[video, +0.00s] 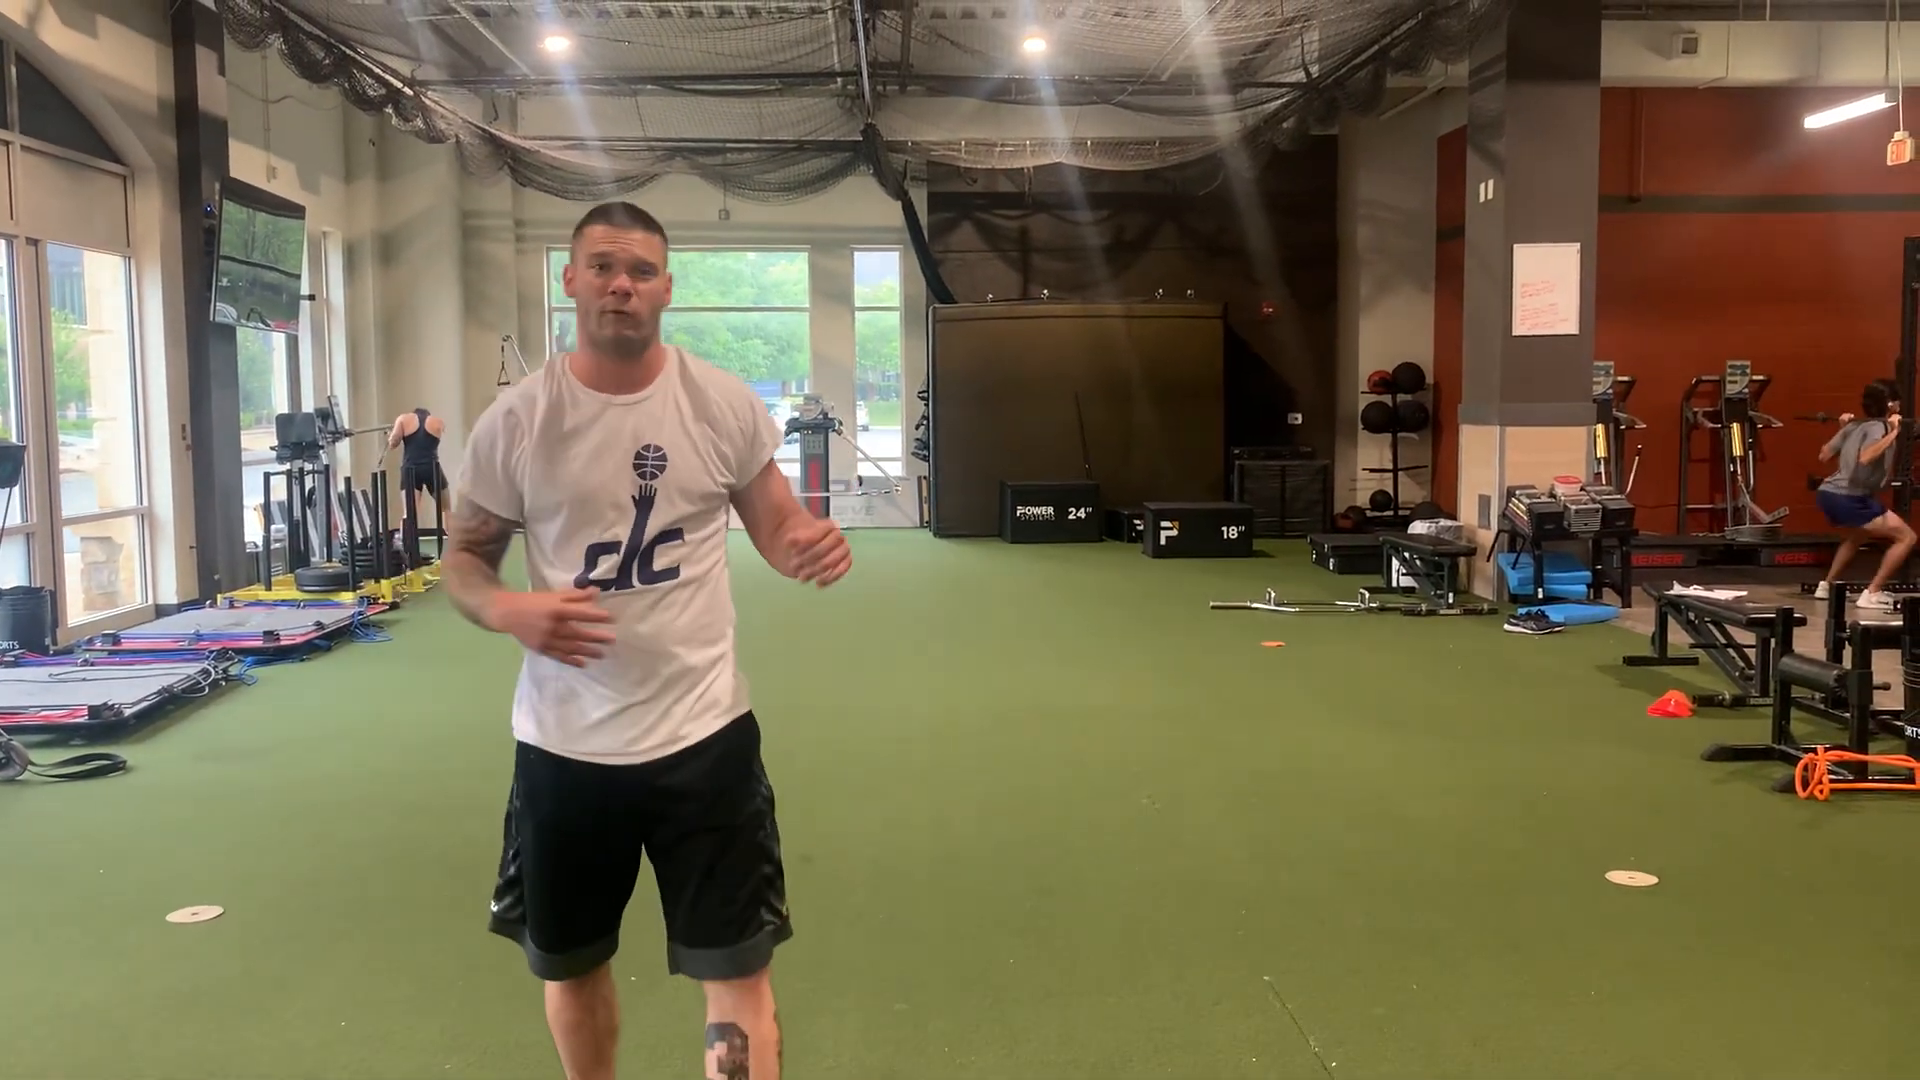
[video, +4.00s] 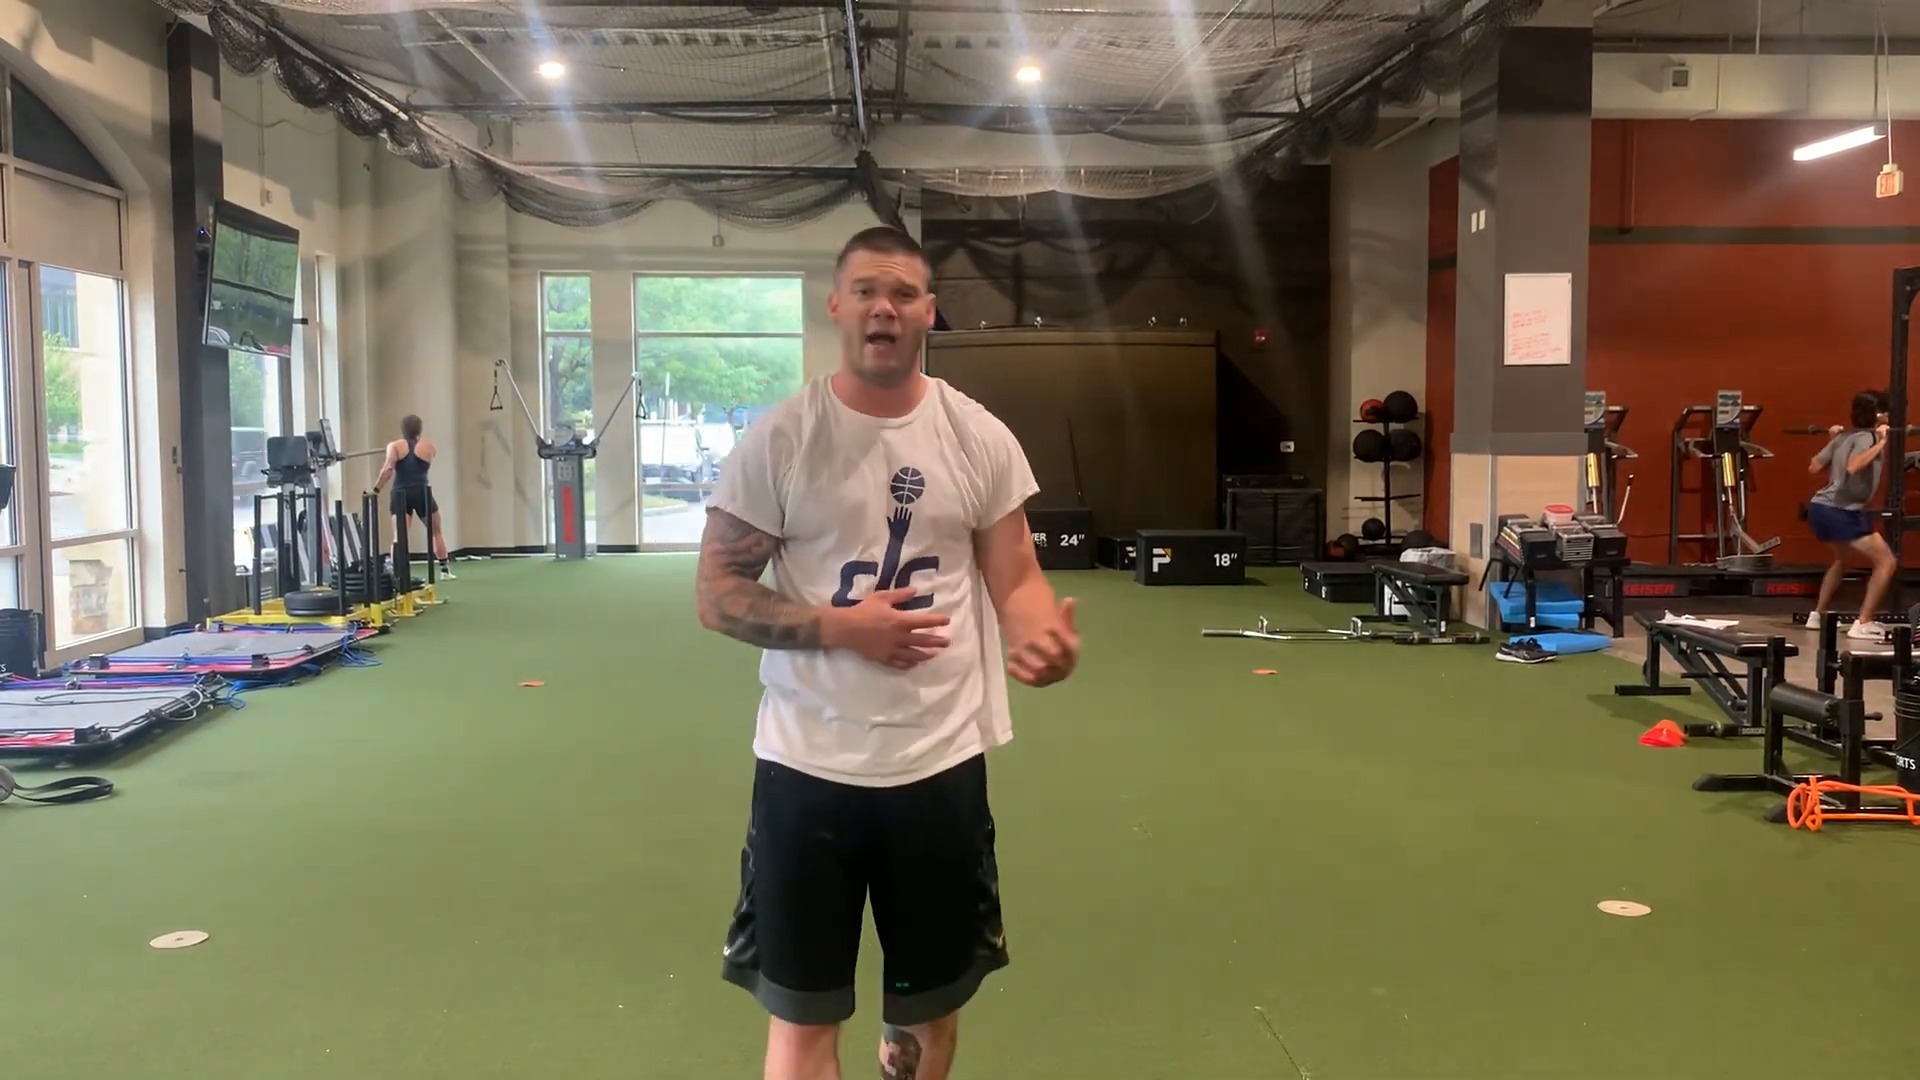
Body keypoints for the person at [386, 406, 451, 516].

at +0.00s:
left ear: (413, 413)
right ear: (428, 415)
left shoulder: (403, 419)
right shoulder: (438, 422)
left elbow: (393, 443)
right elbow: (436, 440)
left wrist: (390, 435)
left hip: (410, 470)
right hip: (432, 469)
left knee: (409, 513)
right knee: (445, 509)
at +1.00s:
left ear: (403, 424)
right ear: (419, 424)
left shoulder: (392, 431)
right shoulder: (427, 432)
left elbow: (384, 452)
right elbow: (431, 440)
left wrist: (373, 470)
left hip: (399, 479)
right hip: (420, 478)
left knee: (397, 521)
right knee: (435, 518)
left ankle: (394, 558)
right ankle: (442, 556)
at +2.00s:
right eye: (419, 431)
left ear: (402, 429)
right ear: (418, 430)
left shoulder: (390, 437)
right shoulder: (425, 439)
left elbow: (384, 456)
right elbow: (421, 457)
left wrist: (372, 475)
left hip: (396, 485)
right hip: (417, 484)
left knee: (394, 529)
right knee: (432, 524)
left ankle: (391, 565)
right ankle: (441, 562)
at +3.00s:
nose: (423, 436)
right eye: (423, 433)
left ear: (405, 432)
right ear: (421, 432)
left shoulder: (394, 441)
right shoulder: (429, 443)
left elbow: (386, 464)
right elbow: (424, 465)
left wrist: (375, 480)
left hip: (400, 489)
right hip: (421, 488)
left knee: (397, 532)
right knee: (434, 528)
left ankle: (393, 567)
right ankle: (443, 567)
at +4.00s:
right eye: (418, 428)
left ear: (403, 430)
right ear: (420, 430)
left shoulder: (394, 447)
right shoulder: (429, 448)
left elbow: (388, 469)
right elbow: (423, 467)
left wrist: (377, 488)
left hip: (400, 493)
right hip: (422, 492)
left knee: (398, 536)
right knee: (436, 532)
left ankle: (394, 571)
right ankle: (445, 569)